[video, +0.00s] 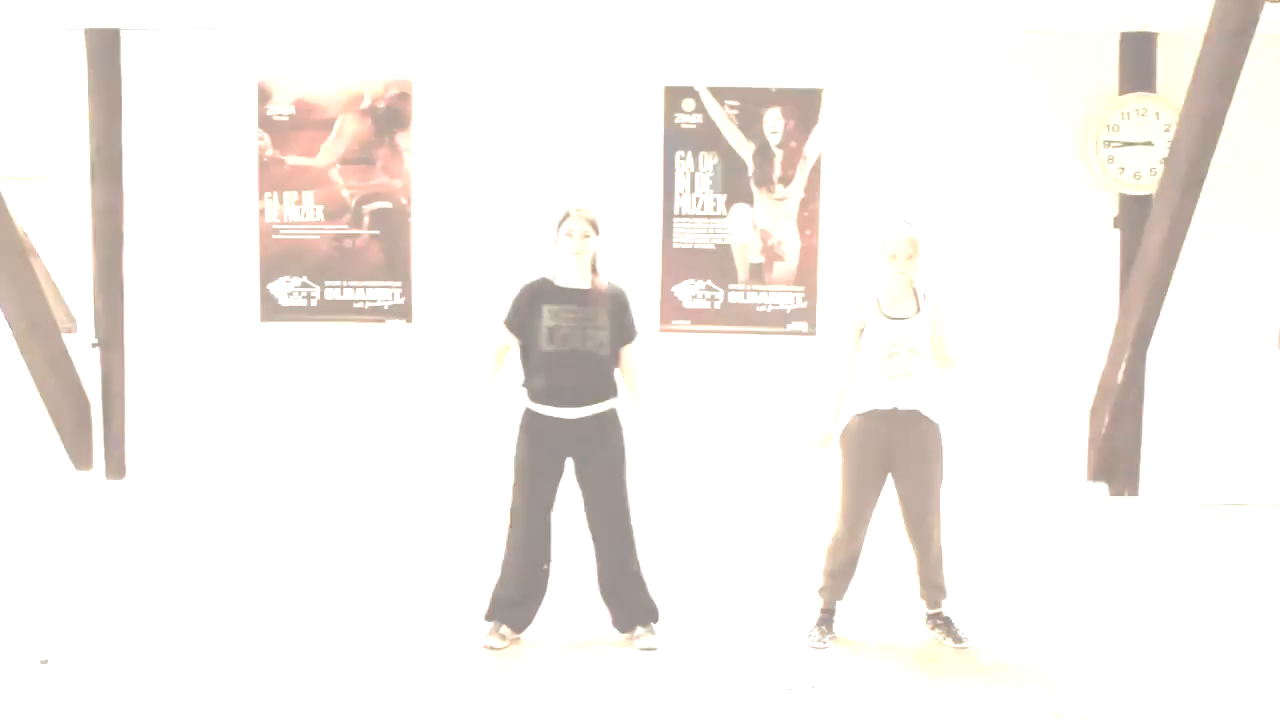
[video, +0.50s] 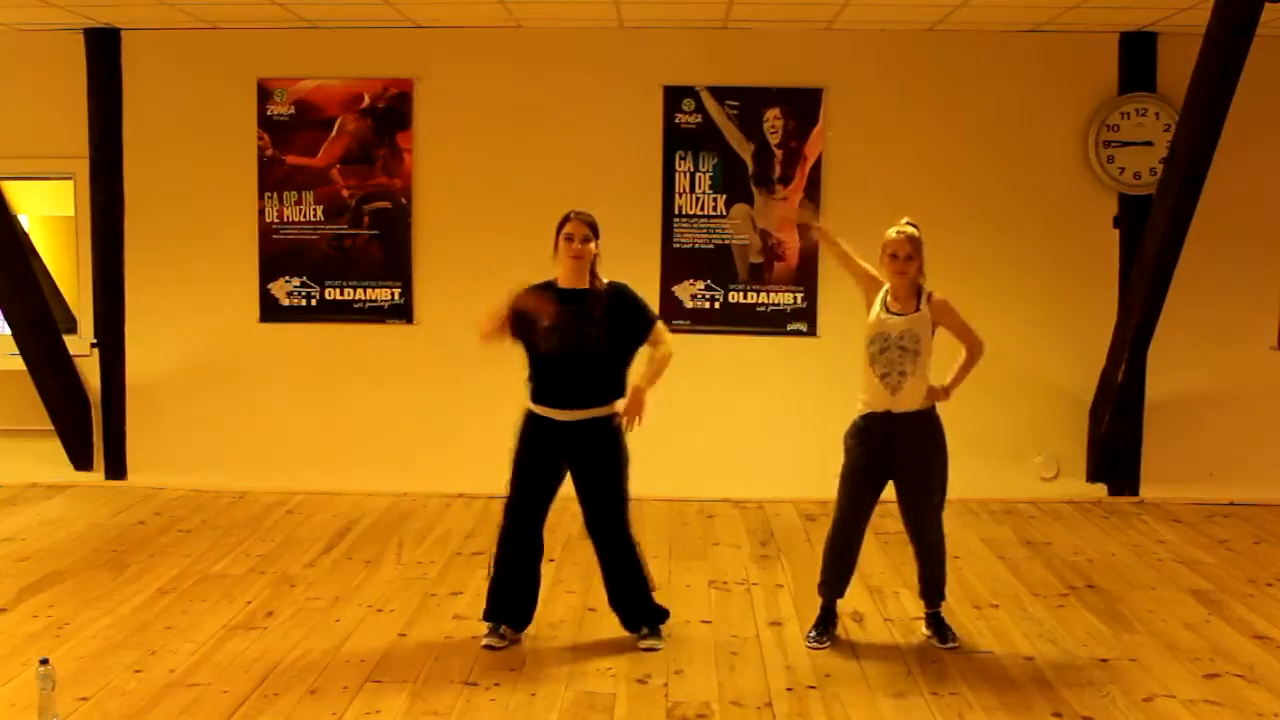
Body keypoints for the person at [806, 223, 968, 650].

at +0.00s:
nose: (899, 264)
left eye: (907, 257)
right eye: (892, 256)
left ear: (918, 260)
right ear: (880, 259)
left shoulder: (931, 306)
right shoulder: (862, 304)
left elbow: (946, 363)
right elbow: (841, 367)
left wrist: (934, 313)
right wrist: (831, 423)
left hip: (919, 423)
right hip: (866, 422)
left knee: (926, 525)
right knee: (851, 525)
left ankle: (936, 615)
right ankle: (826, 614)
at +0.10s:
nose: (899, 263)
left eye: (907, 257)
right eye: (891, 256)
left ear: (917, 260)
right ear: (878, 257)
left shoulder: (930, 307)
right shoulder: (858, 306)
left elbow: (940, 364)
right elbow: (846, 367)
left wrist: (955, 374)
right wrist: (832, 418)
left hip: (918, 426)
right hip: (866, 425)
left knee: (925, 524)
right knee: (851, 523)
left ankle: (936, 614)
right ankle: (827, 613)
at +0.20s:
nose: (898, 262)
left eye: (905, 255)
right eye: (890, 255)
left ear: (915, 260)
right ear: (876, 259)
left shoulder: (928, 307)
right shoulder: (858, 307)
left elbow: (940, 362)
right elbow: (840, 362)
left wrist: (953, 412)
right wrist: (843, 412)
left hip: (917, 428)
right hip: (866, 427)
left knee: (925, 526)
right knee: (851, 523)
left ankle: (935, 613)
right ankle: (826, 613)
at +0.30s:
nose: (896, 262)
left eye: (903, 255)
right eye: (888, 255)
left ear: (915, 259)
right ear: (876, 258)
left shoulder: (931, 307)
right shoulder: (858, 305)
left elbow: (954, 355)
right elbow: (812, 337)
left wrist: (951, 405)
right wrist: (842, 357)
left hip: (915, 429)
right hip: (864, 428)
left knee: (924, 528)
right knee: (848, 524)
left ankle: (934, 613)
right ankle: (826, 612)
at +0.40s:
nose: (897, 262)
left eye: (904, 256)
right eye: (889, 255)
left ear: (917, 260)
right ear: (878, 259)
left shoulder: (933, 303)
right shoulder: (865, 296)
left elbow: (972, 341)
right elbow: (808, 287)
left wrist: (949, 387)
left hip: (916, 428)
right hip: (866, 426)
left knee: (923, 526)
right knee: (847, 523)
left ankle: (933, 614)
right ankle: (825, 613)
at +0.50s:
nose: (898, 263)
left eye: (906, 257)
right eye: (891, 256)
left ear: (920, 261)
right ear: (881, 259)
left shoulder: (935, 307)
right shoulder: (876, 292)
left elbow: (975, 346)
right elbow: (836, 249)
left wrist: (949, 387)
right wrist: (809, 219)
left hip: (919, 430)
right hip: (870, 429)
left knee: (927, 528)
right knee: (846, 522)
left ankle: (934, 614)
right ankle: (827, 612)